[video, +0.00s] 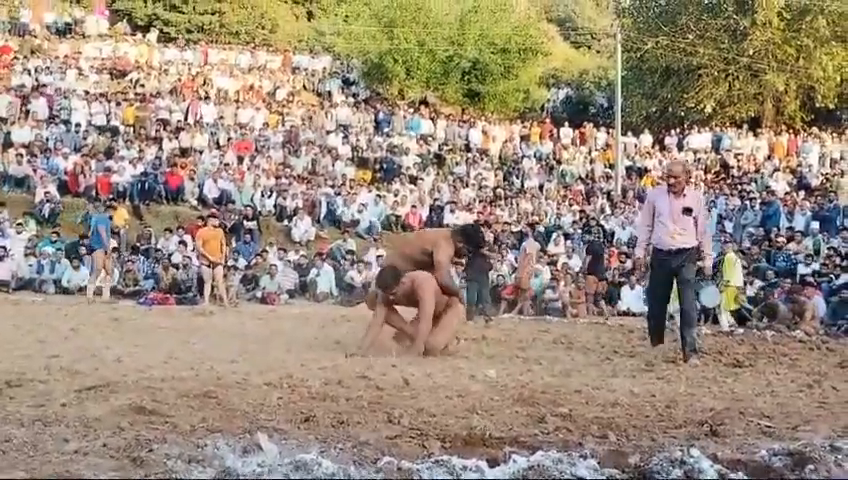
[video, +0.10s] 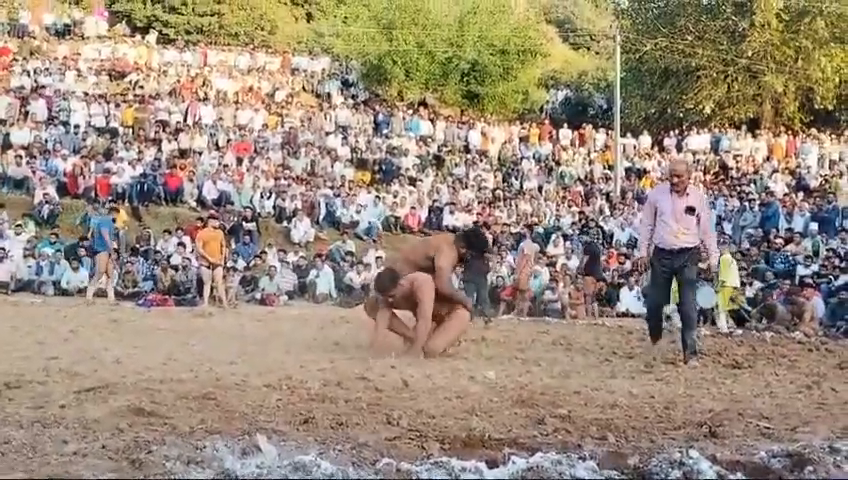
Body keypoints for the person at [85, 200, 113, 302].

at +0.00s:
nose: (114, 214)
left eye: (115, 212)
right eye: (113, 211)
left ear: (109, 211)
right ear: (110, 210)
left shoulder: (107, 221)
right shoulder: (101, 218)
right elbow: (102, 232)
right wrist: (107, 247)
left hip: (105, 247)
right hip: (97, 247)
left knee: (109, 272)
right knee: (97, 270)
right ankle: (90, 294)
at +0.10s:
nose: (116, 217)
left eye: (117, 215)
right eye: (116, 214)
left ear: (111, 213)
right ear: (113, 213)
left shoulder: (110, 223)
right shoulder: (105, 221)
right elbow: (106, 237)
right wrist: (112, 251)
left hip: (108, 250)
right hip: (101, 250)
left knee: (110, 275)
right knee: (99, 273)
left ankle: (111, 297)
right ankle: (89, 296)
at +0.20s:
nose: (120, 219)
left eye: (120, 217)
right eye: (119, 217)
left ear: (113, 215)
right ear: (116, 215)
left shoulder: (113, 225)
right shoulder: (108, 222)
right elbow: (107, 235)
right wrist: (114, 250)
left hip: (112, 251)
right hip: (105, 250)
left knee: (112, 275)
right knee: (105, 274)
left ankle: (111, 297)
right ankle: (91, 295)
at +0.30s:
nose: (123, 221)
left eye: (124, 219)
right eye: (123, 218)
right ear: (119, 216)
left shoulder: (104, 223)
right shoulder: (113, 223)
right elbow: (112, 236)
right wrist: (118, 249)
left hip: (105, 251)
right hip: (110, 252)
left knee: (112, 274)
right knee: (116, 273)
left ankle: (110, 298)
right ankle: (99, 290)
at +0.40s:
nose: (125, 220)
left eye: (125, 218)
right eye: (124, 217)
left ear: (118, 216)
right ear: (121, 216)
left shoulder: (111, 224)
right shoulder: (115, 224)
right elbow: (115, 237)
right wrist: (122, 251)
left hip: (109, 252)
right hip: (113, 252)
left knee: (113, 275)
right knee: (124, 272)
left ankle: (110, 296)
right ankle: (111, 287)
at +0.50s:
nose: (127, 219)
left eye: (127, 217)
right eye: (127, 217)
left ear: (119, 214)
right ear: (125, 216)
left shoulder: (109, 223)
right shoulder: (120, 222)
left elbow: (106, 235)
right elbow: (119, 235)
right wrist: (127, 249)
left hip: (110, 250)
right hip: (118, 251)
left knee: (113, 276)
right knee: (126, 273)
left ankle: (109, 297)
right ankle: (120, 297)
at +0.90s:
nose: (143, 221)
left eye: (143, 219)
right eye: (142, 219)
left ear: (129, 216)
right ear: (140, 218)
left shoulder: (121, 225)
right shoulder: (140, 226)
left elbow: (115, 238)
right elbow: (144, 240)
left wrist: (115, 249)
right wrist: (147, 254)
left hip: (122, 250)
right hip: (134, 251)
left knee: (123, 275)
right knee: (138, 277)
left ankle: (113, 293)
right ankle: (136, 299)